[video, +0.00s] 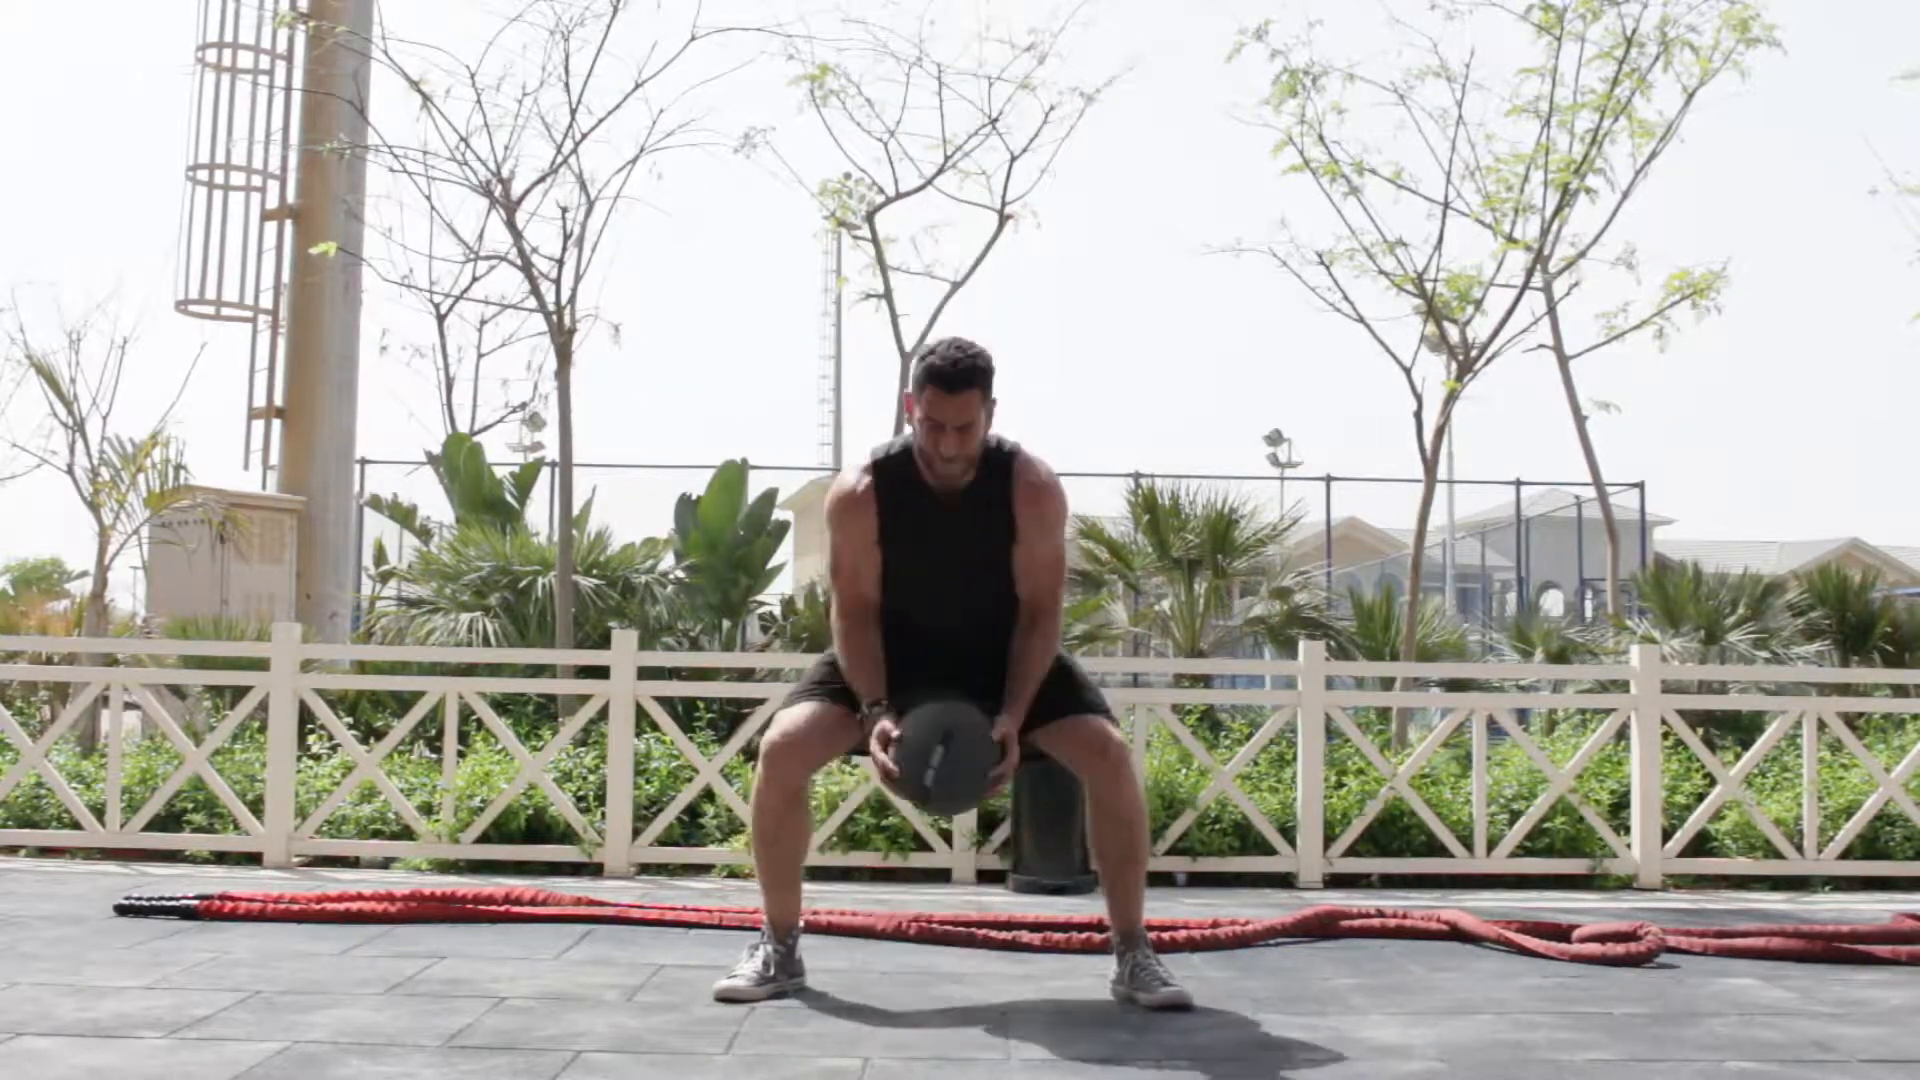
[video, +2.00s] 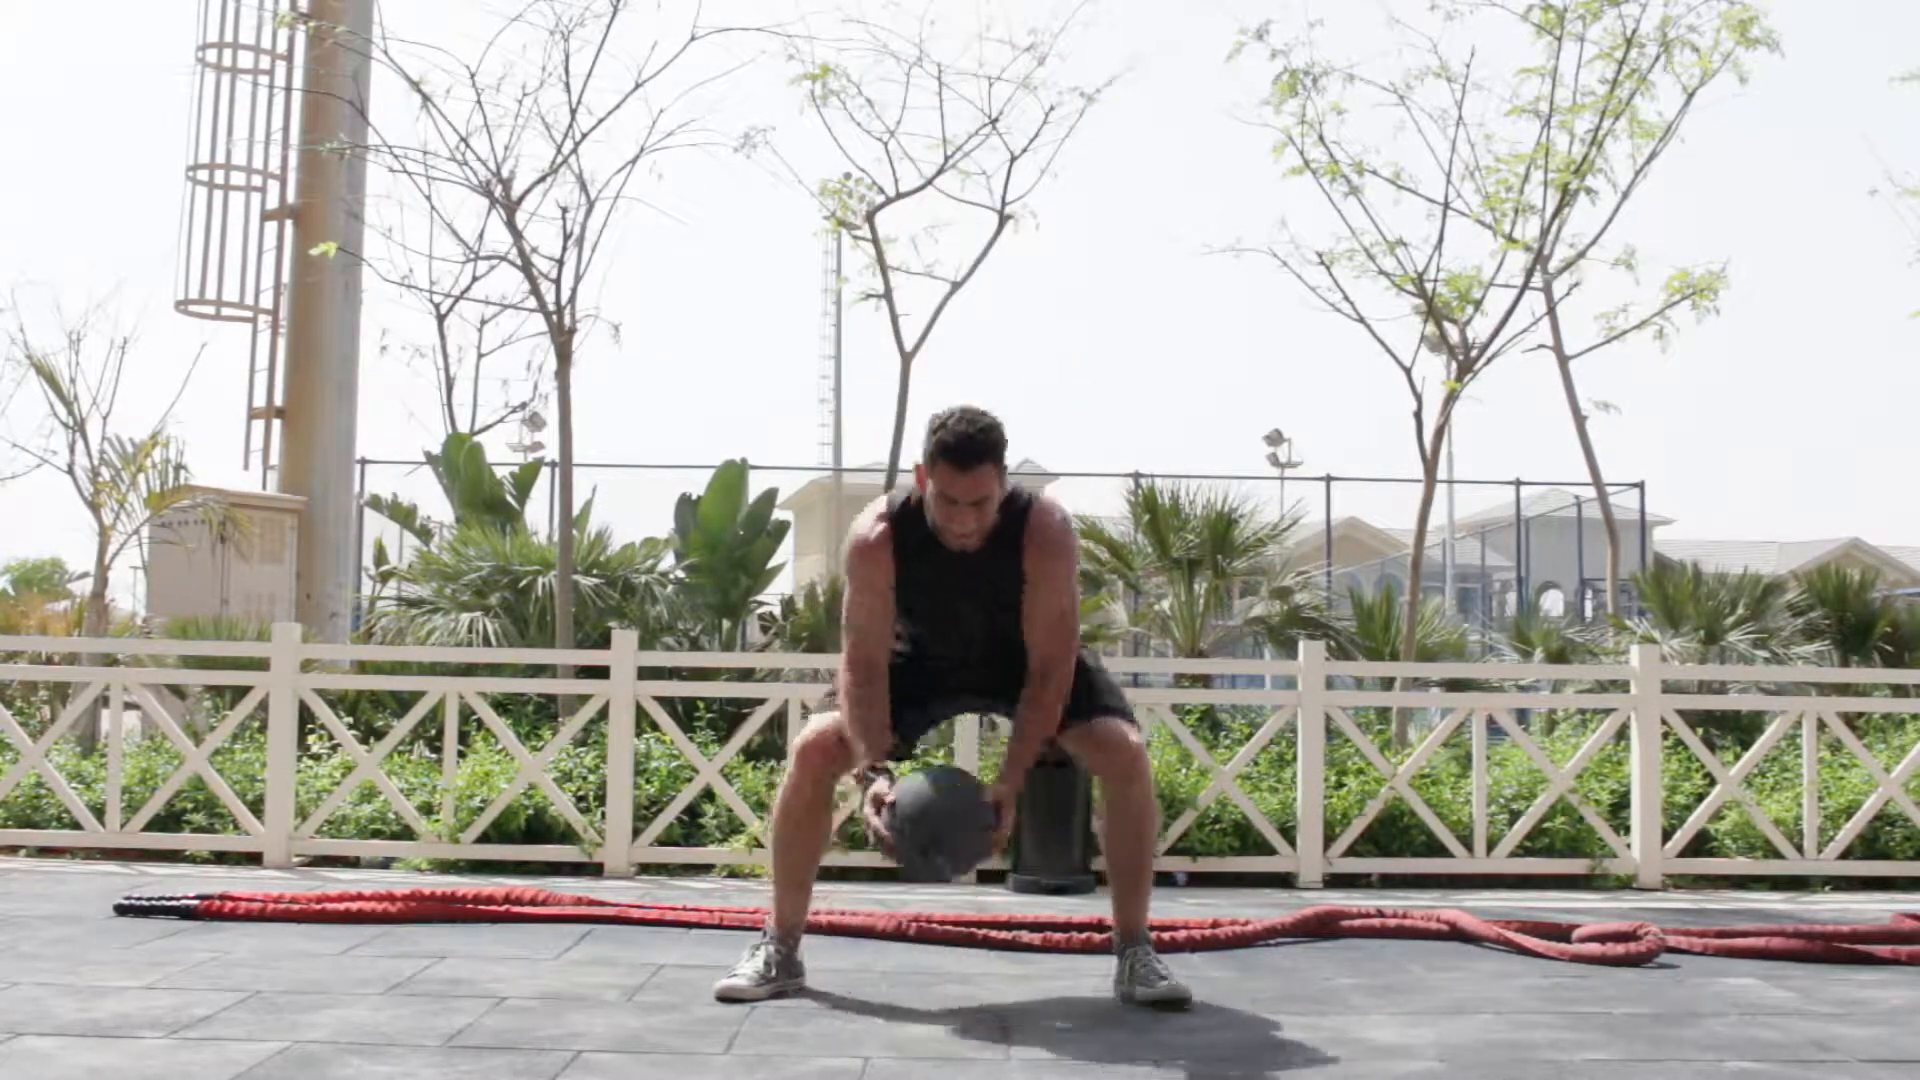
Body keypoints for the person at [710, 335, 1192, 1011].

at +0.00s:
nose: (948, 445)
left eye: (964, 428)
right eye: (933, 426)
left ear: (988, 414)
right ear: (909, 409)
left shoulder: (1032, 487)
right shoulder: (860, 494)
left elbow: (1039, 614)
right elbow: (857, 614)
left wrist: (1013, 714)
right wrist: (876, 709)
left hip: (1005, 668)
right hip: (892, 667)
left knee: (1107, 752)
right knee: (782, 748)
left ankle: (1134, 955)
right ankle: (779, 948)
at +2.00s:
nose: (966, 521)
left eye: (983, 503)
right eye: (951, 503)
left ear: (1004, 481)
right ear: (921, 478)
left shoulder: (1043, 527)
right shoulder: (877, 536)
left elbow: (1050, 670)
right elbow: (863, 668)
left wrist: (1008, 785)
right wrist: (874, 772)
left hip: (1025, 671)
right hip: (924, 672)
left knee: (1124, 751)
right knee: (815, 750)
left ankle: (1135, 952)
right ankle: (781, 950)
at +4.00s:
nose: (991, 347)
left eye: (997, 328)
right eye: (973, 329)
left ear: (1002, 321)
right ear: (919, 323)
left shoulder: (1008, 390)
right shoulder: (872, 438)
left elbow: (1047, 494)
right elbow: (875, 582)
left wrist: (1064, 439)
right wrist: (972, 519)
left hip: (1021, 632)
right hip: (918, 648)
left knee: (1114, 782)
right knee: (860, 838)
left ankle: (1200, 956)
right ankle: (931, 835)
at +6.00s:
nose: (1120, 400)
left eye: (1134, 381)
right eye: (1102, 382)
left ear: (1148, 367)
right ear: (1061, 365)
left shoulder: (1173, 446)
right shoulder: (1002, 466)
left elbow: (1163, 551)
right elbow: (973, 608)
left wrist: (1203, 534)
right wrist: (1081, 577)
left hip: (1121, 631)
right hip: (1017, 641)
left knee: (1146, 776)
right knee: (988, 821)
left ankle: (1203, 968)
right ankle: (1095, 866)